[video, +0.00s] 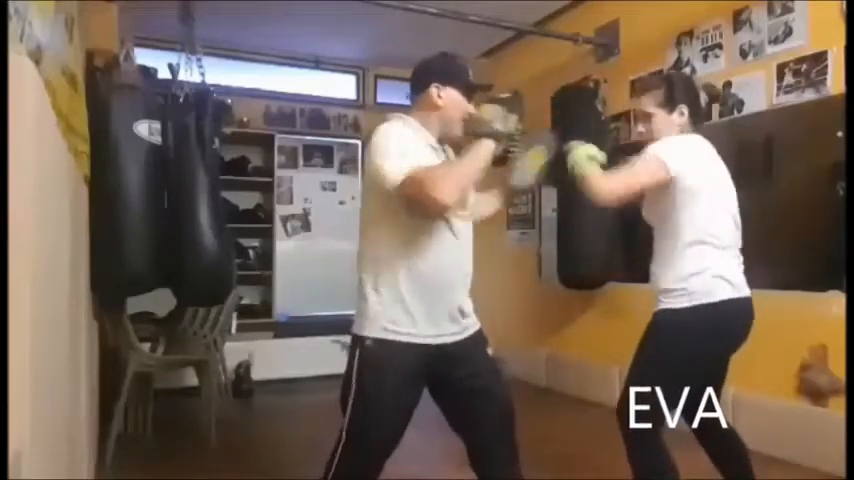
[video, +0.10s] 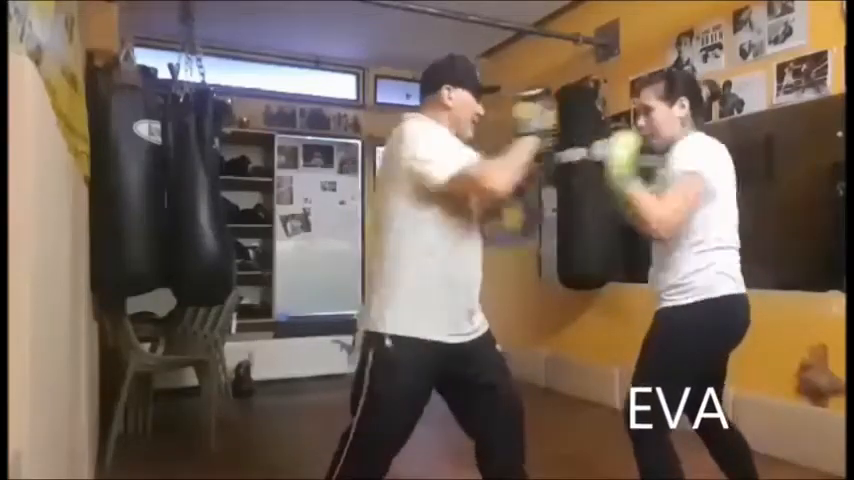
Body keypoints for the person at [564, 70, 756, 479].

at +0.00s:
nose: (638, 131)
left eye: (647, 118)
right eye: (635, 121)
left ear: (680, 115)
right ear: (681, 118)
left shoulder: (672, 153)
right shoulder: (704, 153)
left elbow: (607, 190)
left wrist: (581, 158)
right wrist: (635, 159)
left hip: (690, 311)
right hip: (729, 307)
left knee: (634, 414)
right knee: (701, 410)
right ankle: (743, 475)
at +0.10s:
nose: (640, 123)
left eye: (647, 111)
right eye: (637, 113)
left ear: (681, 107)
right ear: (678, 110)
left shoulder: (696, 151)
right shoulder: (693, 153)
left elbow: (664, 222)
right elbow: (659, 224)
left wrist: (626, 177)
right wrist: (625, 183)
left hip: (697, 307)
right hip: (712, 305)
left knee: (642, 415)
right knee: (705, 411)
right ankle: (747, 475)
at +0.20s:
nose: (641, 118)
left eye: (649, 107)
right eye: (638, 110)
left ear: (682, 103)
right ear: (637, 111)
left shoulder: (716, 154)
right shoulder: (656, 155)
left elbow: (679, 227)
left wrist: (658, 169)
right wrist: (578, 135)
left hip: (711, 303)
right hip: (682, 305)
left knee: (651, 414)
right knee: (709, 415)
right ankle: (746, 474)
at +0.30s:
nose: (638, 126)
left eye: (646, 114)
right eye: (635, 117)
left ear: (679, 109)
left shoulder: (716, 158)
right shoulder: (656, 161)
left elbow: (681, 237)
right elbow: (601, 207)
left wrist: (656, 175)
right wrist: (586, 156)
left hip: (718, 310)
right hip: (679, 314)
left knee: (654, 416)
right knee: (699, 418)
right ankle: (736, 475)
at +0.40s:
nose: (626, 159)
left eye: (633, 148)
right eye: (624, 149)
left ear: (666, 141)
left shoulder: (709, 182)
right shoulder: (646, 189)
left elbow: (678, 272)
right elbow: (622, 266)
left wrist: (652, 210)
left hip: (732, 327)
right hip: (688, 328)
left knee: (652, 423)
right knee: (670, 425)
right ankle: (722, 471)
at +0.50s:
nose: (605, 214)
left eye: (610, 201)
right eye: (603, 203)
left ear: (641, 195)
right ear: (639, 197)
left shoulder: (686, 223)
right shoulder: (655, 231)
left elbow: (677, 312)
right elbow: (631, 313)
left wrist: (640, 279)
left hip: (747, 349)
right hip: (718, 346)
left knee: (647, 421)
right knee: (659, 422)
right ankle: (716, 474)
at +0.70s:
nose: (603, 194)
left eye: (609, 183)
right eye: (603, 185)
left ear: (640, 180)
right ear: (642, 180)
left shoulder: (664, 216)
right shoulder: (675, 206)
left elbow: (658, 302)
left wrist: (625, 264)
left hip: (730, 344)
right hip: (756, 338)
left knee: (641, 422)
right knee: (672, 429)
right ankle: (727, 473)